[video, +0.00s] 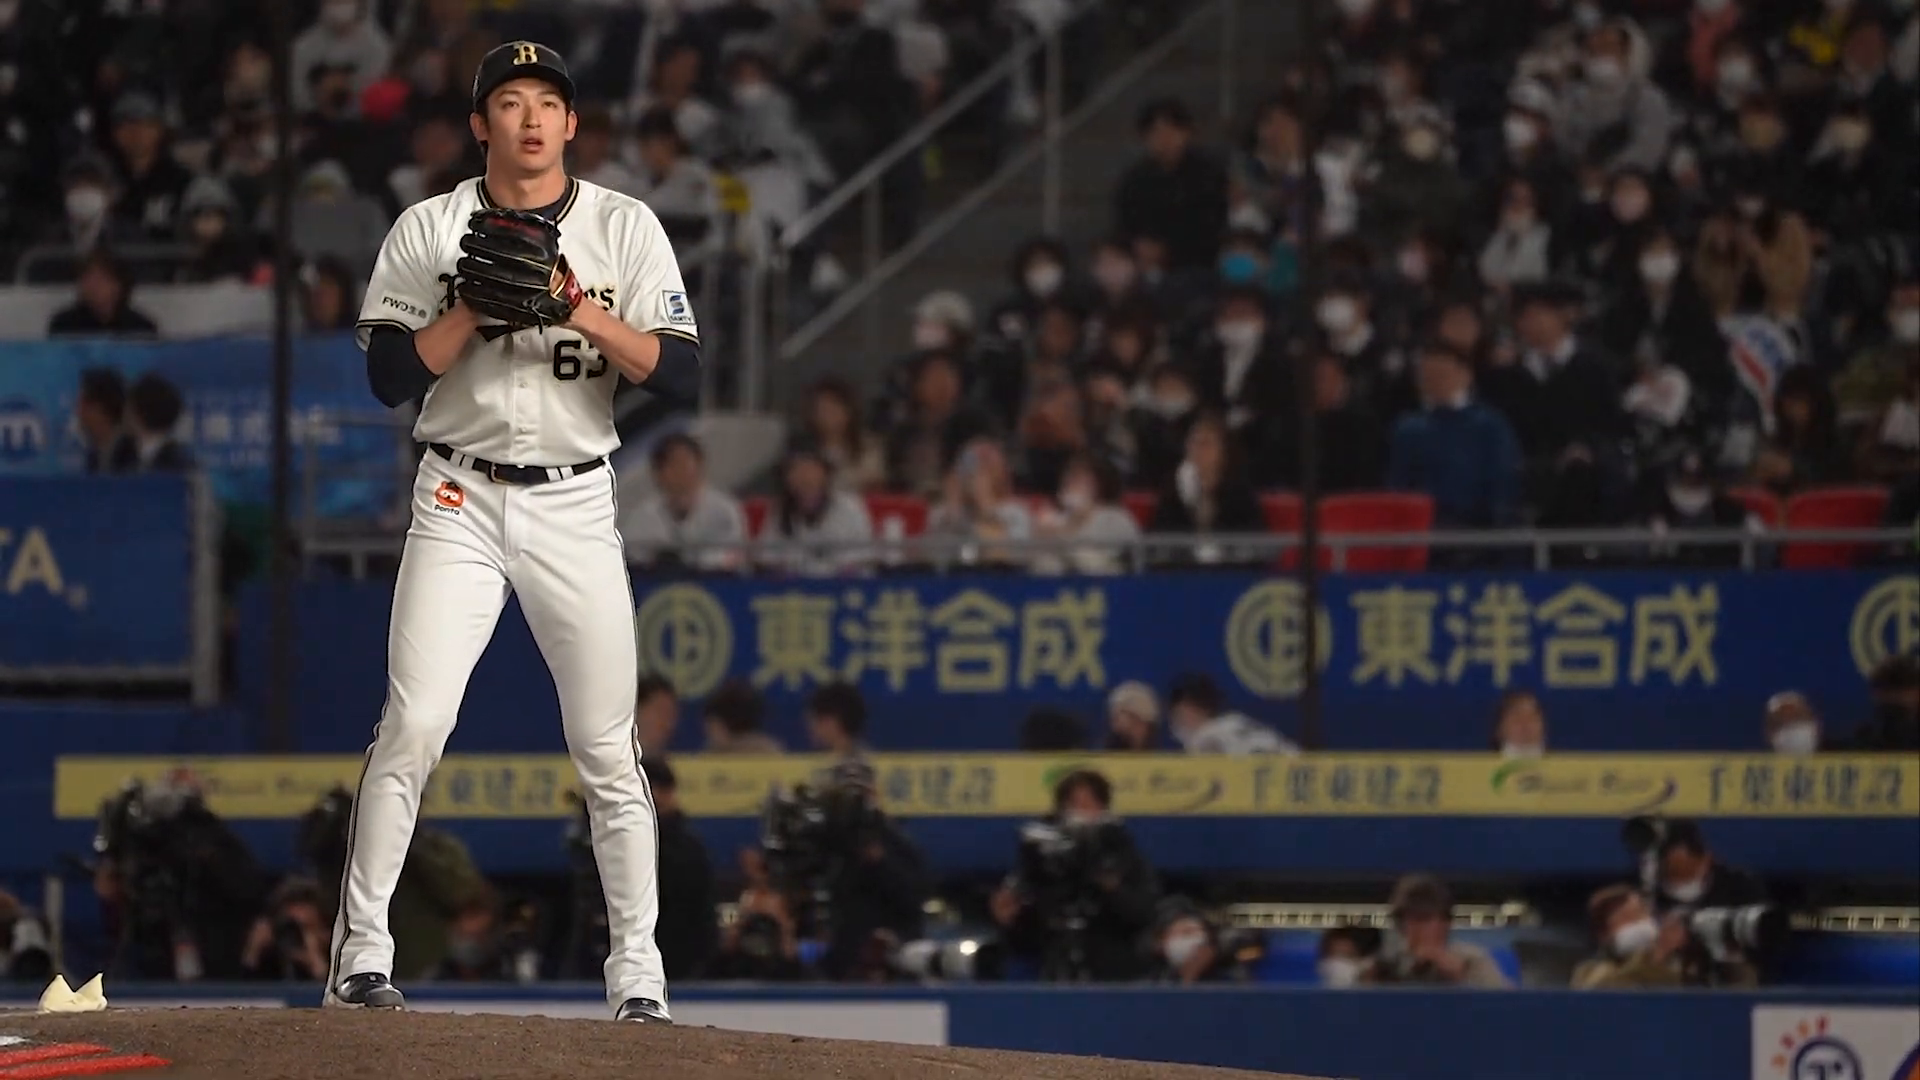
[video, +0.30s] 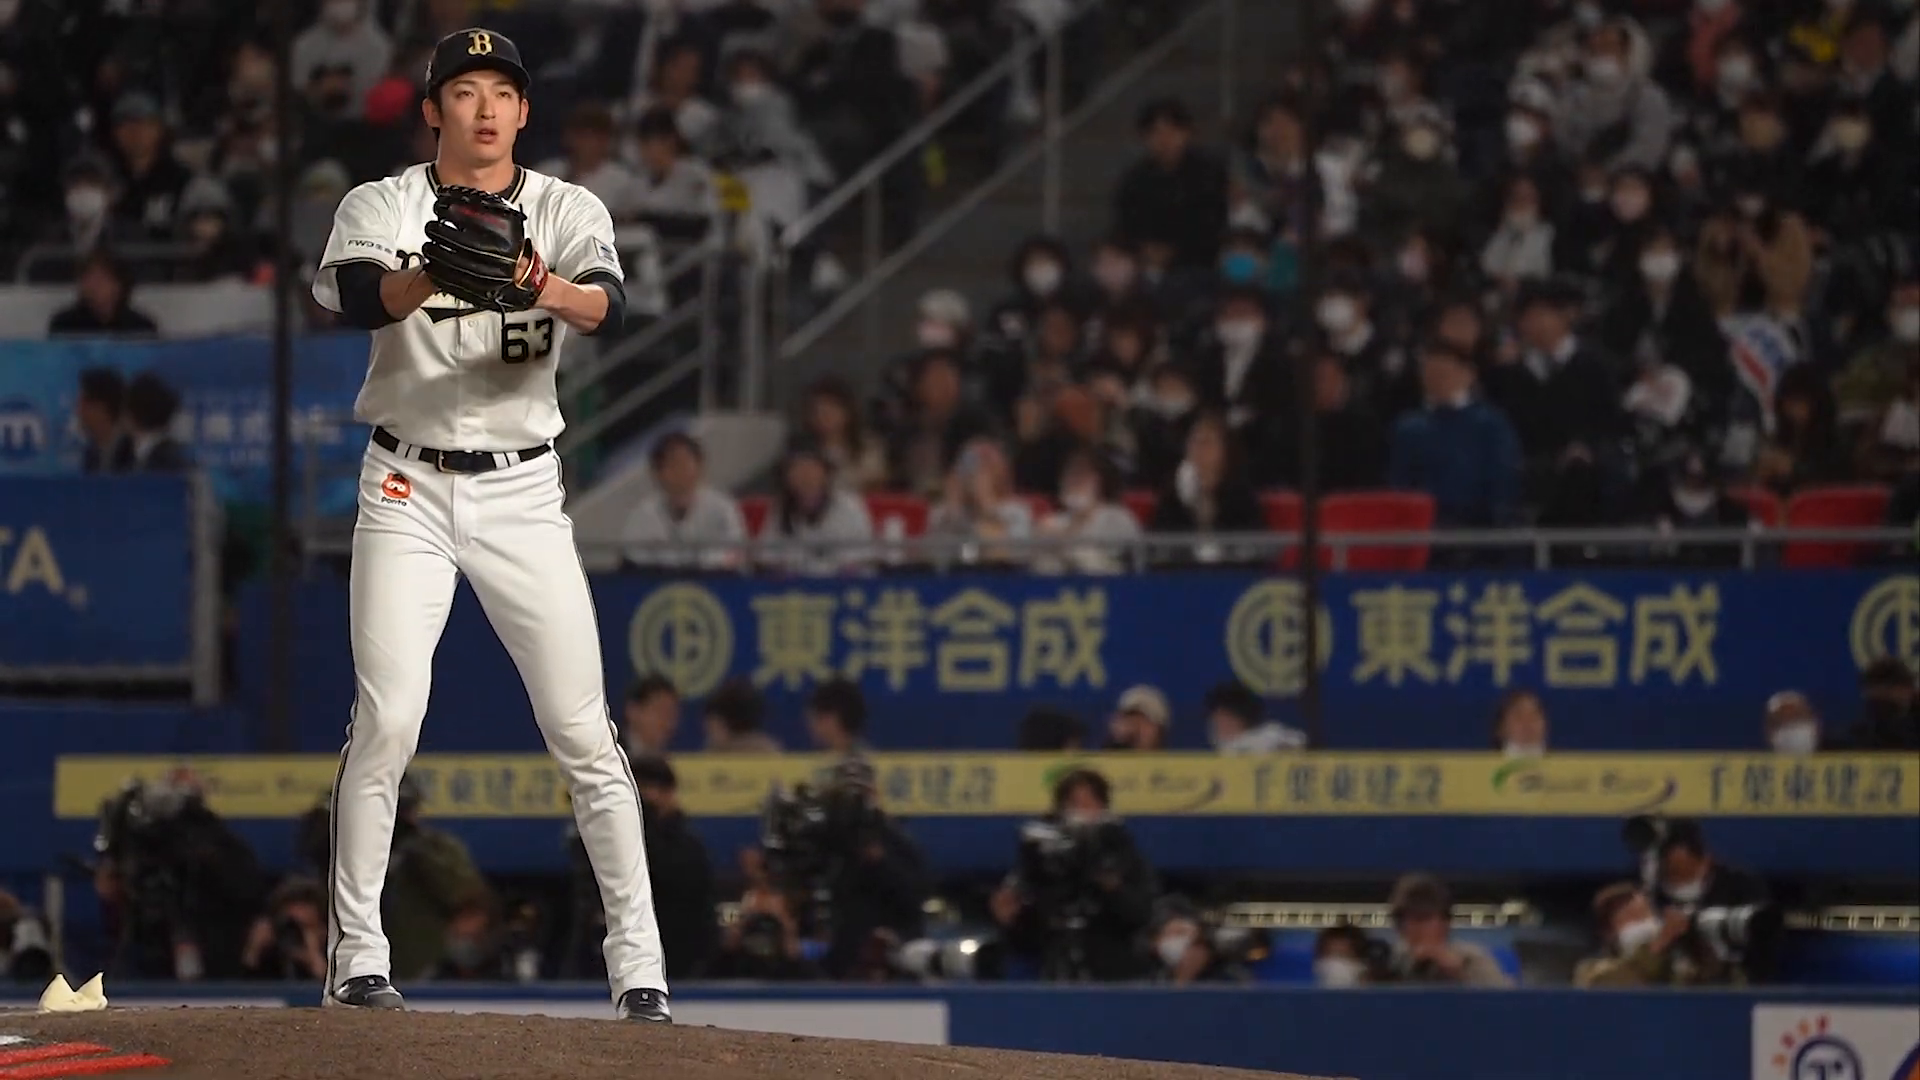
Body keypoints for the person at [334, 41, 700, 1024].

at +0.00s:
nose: (530, 120)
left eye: (546, 106)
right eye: (511, 106)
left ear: (570, 125)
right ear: (481, 125)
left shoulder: (626, 225)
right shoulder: (426, 230)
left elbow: (675, 369)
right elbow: (388, 379)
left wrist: (581, 311)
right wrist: (476, 306)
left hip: (576, 508)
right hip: (457, 498)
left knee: (608, 750)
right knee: (414, 722)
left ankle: (637, 980)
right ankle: (361, 952)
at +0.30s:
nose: (488, 109)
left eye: (502, 95)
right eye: (467, 95)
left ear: (523, 112)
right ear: (432, 113)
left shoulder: (567, 207)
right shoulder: (383, 203)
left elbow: (605, 308)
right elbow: (351, 302)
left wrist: (543, 289)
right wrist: (432, 277)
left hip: (523, 496)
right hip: (404, 491)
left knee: (584, 736)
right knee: (387, 719)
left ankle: (638, 967)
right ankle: (358, 958)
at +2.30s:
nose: (585, 138)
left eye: (591, 121)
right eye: (566, 121)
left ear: (594, 132)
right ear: (514, 129)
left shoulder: (627, 238)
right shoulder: (428, 221)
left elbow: (656, 376)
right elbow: (403, 343)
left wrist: (581, 277)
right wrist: (489, 248)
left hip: (567, 513)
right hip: (447, 503)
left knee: (605, 750)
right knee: (411, 723)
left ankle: (646, 976)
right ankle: (360, 960)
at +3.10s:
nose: (594, 146)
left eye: (596, 130)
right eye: (577, 129)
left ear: (584, 142)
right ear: (520, 137)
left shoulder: (624, 244)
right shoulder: (428, 223)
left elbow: (656, 386)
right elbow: (395, 354)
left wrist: (603, 317)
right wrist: (497, 276)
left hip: (569, 509)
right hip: (449, 503)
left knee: (595, 732)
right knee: (409, 721)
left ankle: (612, 945)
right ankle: (360, 957)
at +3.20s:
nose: (600, 183)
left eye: (600, 168)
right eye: (582, 168)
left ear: (584, 181)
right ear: (526, 180)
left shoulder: (627, 285)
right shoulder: (430, 268)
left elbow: (683, 434)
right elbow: (386, 409)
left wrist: (635, 430)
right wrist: (481, 382)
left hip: (575, 529)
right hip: (458, 529)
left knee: (557, 678)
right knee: (413, 729)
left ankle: (537, 861)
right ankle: (363, 948)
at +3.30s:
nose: (602, 248)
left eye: (602, 232)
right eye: (584, 233)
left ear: (595, 241)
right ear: (530, 245)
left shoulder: (634, 349)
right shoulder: (443, 338)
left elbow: (701, 486)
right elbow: (390, 479)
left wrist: (688, 574)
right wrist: (434, 564)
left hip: (590, 567)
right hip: (474, 570)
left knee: (591, 715)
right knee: (425, 743)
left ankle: (551, 929)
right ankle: (362, 954)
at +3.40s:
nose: (619, 312)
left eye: (618, 295)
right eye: (599, 298)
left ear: (612, 305)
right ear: (546, 312)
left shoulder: (656, 405)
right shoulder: (460, 407)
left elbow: (752, 523)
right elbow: (395, 554)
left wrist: (829, 650)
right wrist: (347, 700)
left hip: (625, 618)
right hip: (505, 629)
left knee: (673, 765)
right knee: (451, 762)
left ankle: (739, 930)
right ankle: (365, 962)